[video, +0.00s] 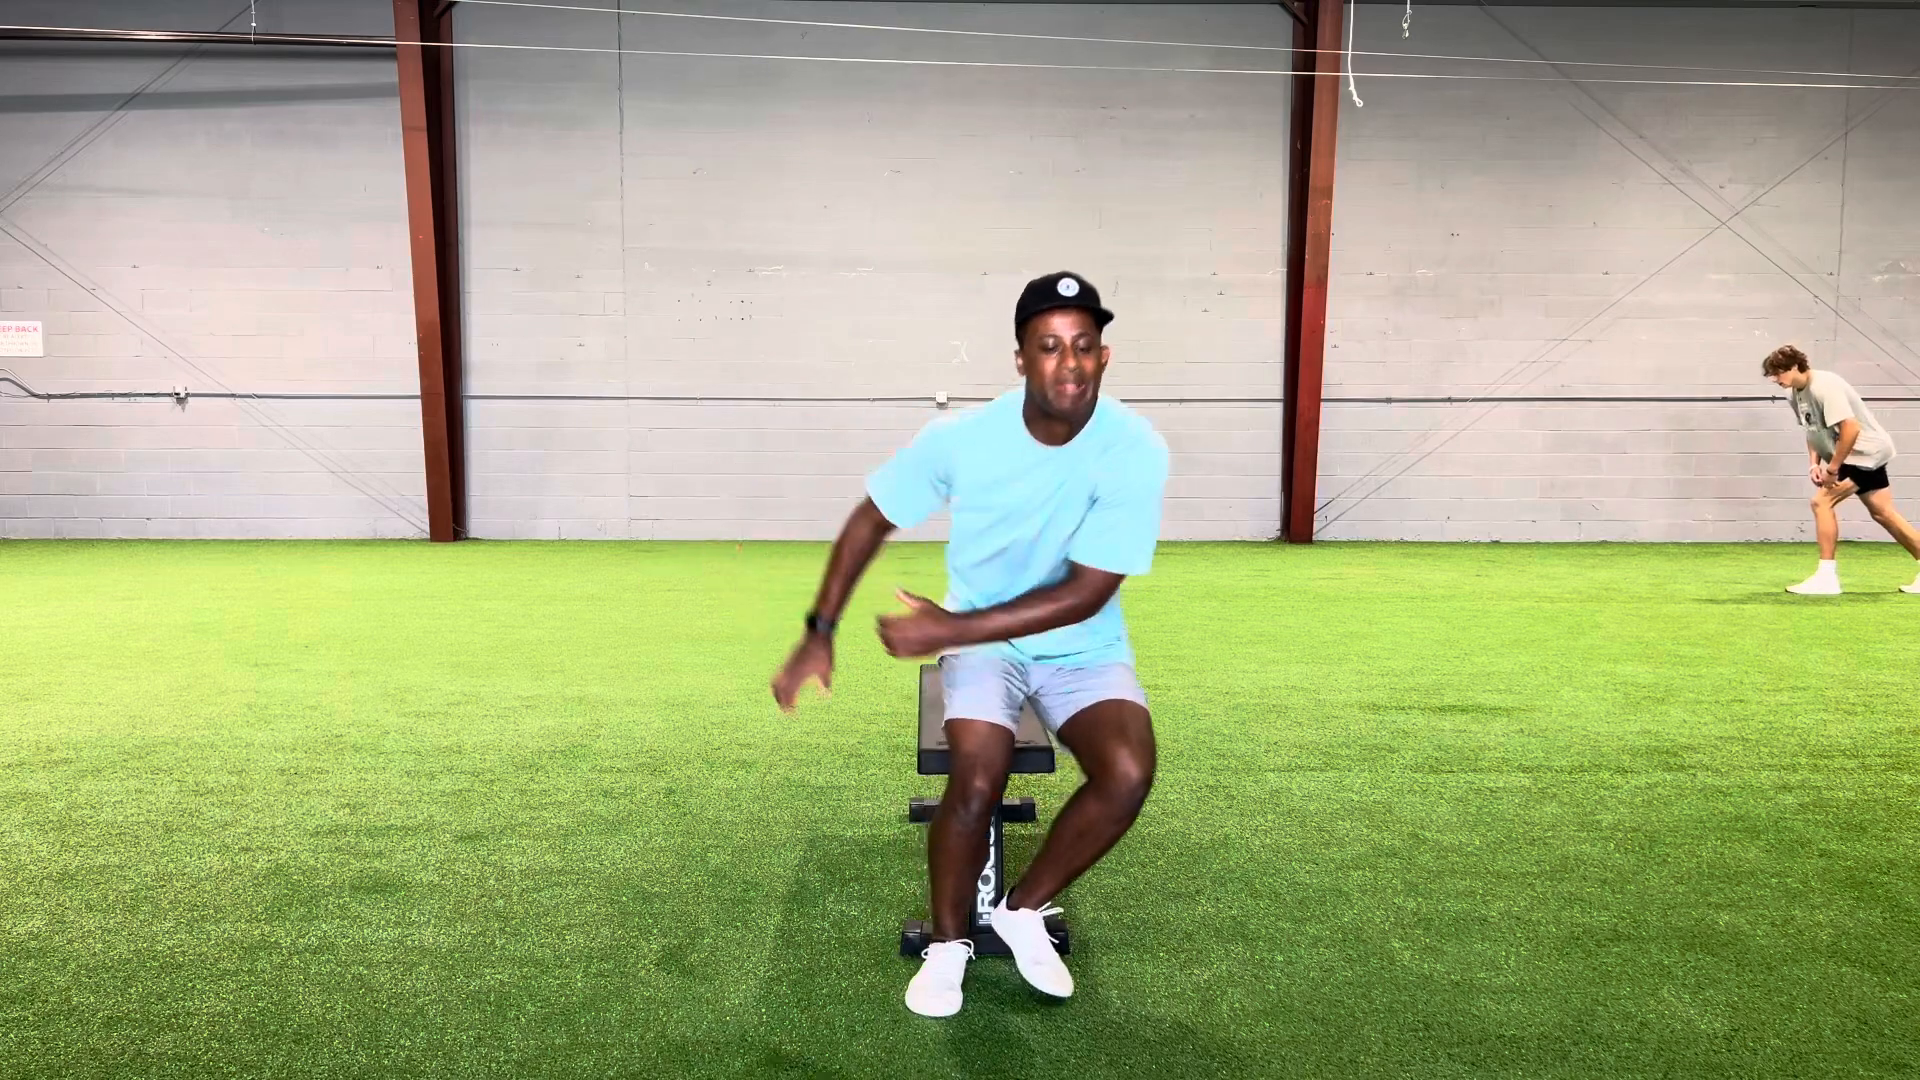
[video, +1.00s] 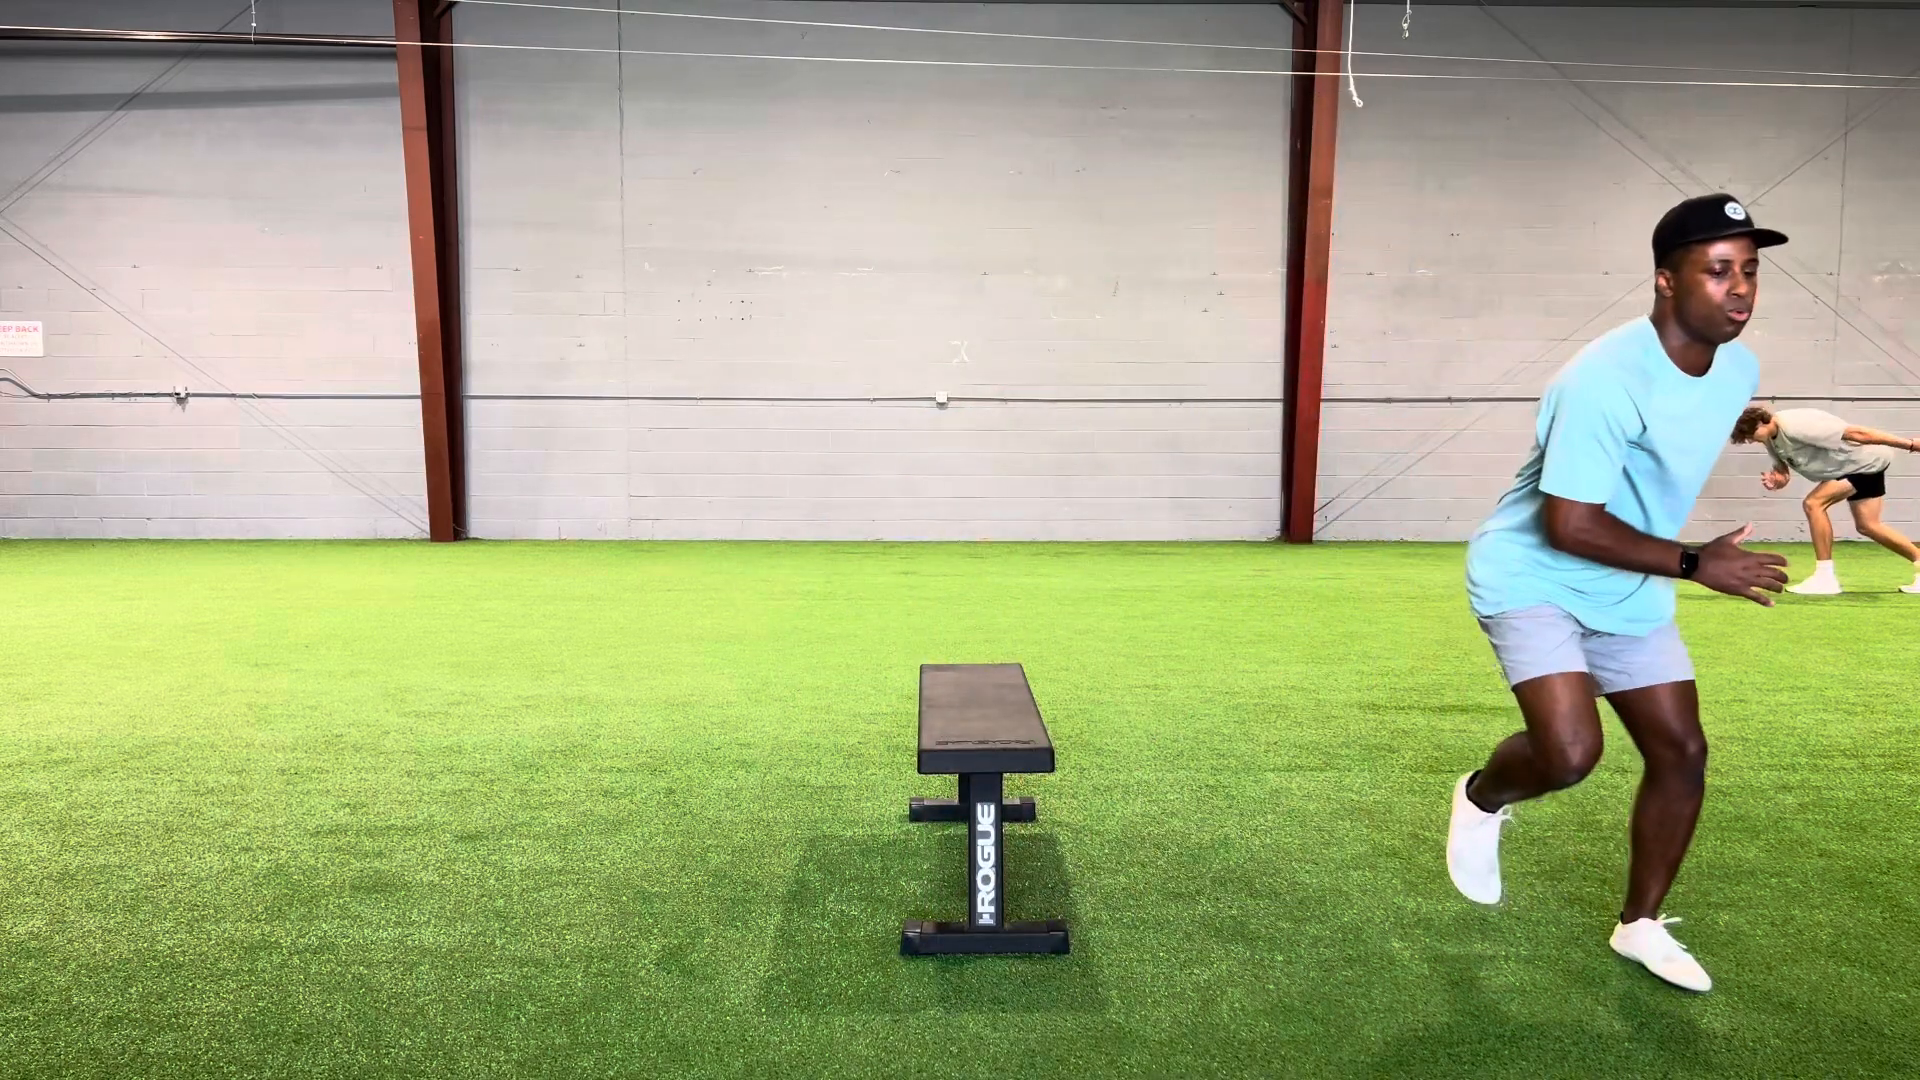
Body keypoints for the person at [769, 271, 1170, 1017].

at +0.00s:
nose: (1071, 365)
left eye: (1085, 346)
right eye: (1050, 347)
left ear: (1104, 356)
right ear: (1021, 359)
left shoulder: (1134, 451)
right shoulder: (962, 440)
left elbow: (1087, 593)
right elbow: (871, 518)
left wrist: (954, 627)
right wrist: (819, 631)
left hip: (1083, 641)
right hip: (982, 637)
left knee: (1127, 773)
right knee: (976, 778)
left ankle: (1022, 909)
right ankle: (948, 944)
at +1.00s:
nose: (1743, 290)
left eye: (1749, 271)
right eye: (1721, 272)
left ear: (1756, 277)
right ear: (1667, 283)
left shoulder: (1737, 367)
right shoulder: (1602, 380)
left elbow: (1700, 429)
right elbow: (1570, 524)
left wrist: (1753, 423)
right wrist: (1694, 562)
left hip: (1629, 575)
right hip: (1529, 568)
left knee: (1681, 750)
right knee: (1569, 752)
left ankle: (1640, 922)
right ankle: (1478, 800)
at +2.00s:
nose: (1234, 221)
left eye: (1252, 201)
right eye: (1227, 202)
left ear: (1308, 199)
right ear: (1224, 203)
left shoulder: (1382, 297)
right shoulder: (1201, 307)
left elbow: (1429, 428)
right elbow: (1168, 423)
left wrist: (1450, 563)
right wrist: (1126, 528)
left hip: (1347, 562)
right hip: (1237, 561)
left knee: (1356, 751)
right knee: (1220, 735)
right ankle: (1235, 927)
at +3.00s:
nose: (1036, 452)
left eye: (1055, 434)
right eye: (1022, 431)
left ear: (1082, 426)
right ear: (1002, 415)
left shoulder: (1121, 504)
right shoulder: (943, 487)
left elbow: (1174, 610)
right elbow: (886, 582)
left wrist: (1167, 676)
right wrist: (887, 676)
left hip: (1063, 680)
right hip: (958, 673)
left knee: (1101, 782)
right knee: (943, 778)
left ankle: (1083, 940)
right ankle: (963, 939)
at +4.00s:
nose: (1042, 434)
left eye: (1056, 417)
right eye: (1025, 417)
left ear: (1074, 418)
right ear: (998, 417)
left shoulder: (1113, 495)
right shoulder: (946, 490)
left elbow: (1195, 572)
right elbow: (965, 616)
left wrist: (1246, 675)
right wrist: (1091, 620)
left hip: (1057, 671)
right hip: (958, 666)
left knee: (1078, 760)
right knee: (902, 734)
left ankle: (1081, 936)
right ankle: (969, 887)